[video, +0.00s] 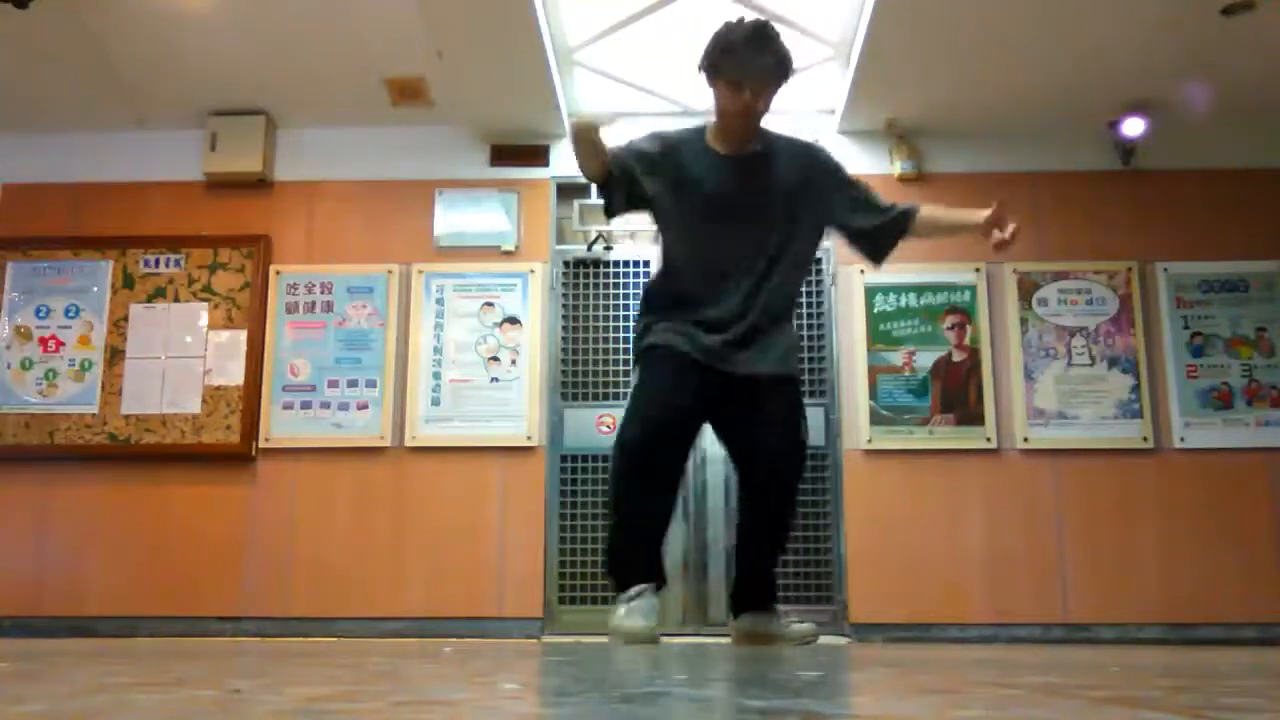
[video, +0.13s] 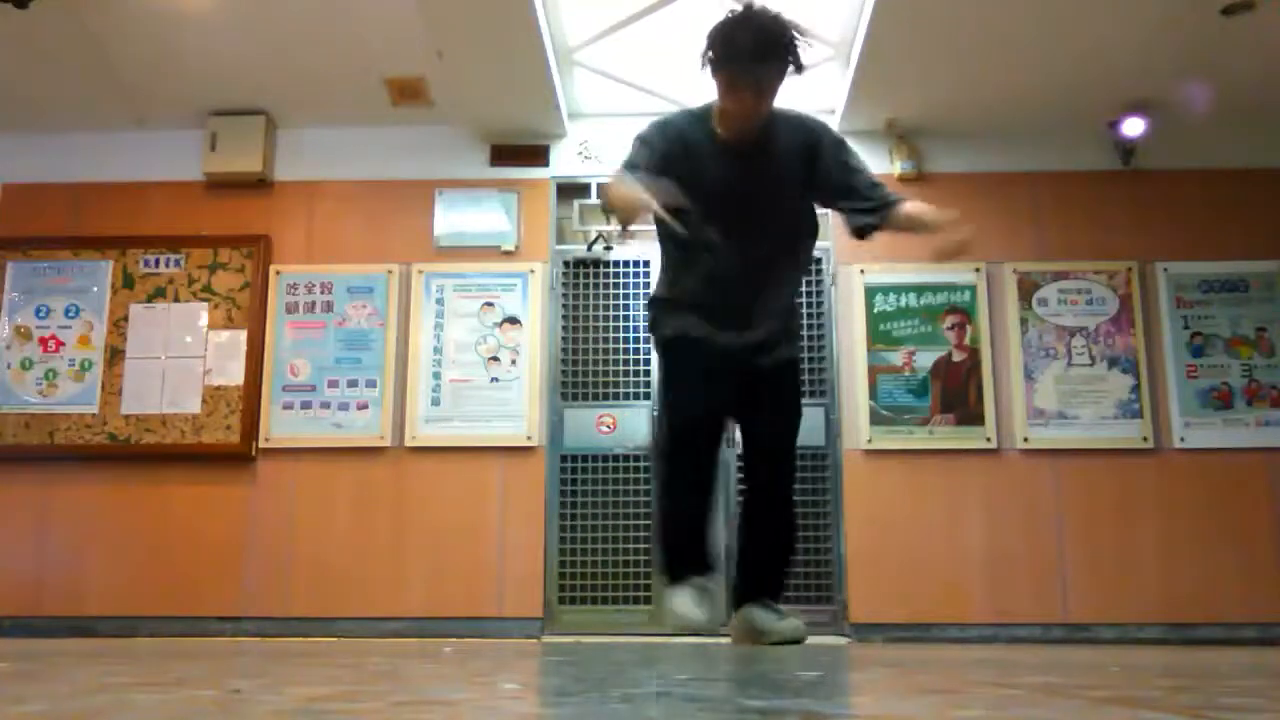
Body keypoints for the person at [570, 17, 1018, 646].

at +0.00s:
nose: (749, 102)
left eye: (762, 88)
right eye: (737, 86)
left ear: (776, 90)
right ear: (711, 82)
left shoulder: (805, 166)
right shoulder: (671, 155)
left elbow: (887, 219)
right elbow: (603, 174)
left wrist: (978, 221)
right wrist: (585, 135)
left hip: (762, 350)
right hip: (679, 343)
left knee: (776, 467)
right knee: (644, 446)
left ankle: (753, 610)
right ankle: (638, 590)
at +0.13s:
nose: (746, 106)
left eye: (760, 93)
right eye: (736, 91)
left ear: (779, 84)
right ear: (714, 76)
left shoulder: (806, 143)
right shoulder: (673, 138)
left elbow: (877, 205)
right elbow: (615, 190)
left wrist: (934, 219)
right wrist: (639, 198)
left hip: (771, 331)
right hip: (691, 327)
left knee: (771, 468)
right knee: (687, 450)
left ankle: (757, 602)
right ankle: (685, 584)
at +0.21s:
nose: (746, 112)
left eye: (759, 100)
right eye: (735, 98)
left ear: (780, 88)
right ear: (715, 82)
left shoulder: (808, 141)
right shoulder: (677, 142)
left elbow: (861, 225)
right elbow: (641, 227)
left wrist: (859, 258)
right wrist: (683, 268)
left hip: (776, 335)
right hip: (698, 336)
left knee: (774, 463)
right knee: (709, 457)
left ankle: (762, 602)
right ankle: (717, 594)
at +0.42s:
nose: (735, 139)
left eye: (749, 126)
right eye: (726, 123)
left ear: (774, 118)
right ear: (709, 111)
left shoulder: (809, 164)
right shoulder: (679, 165)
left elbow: (848, 263)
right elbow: (636, 263)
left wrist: (866, 328)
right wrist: (656, 305)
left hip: (777, 352)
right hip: (697, 343)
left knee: (778, 479)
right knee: (647, 446)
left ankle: (757, 607)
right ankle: (612, 579)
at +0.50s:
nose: (736, 147)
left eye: (750, 134)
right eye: (726, 131)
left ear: (773, 123)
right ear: (708, 117)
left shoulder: (807, 178)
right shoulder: (676, 175)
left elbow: (863, 247)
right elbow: (612, 228)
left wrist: (932, 305)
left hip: (775, 362)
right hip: (692, 355)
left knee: (778, 484)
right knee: (626, 458)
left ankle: (756, 609)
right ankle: (565, 586)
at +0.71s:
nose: (739, 155)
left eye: (753, 144)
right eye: (728, 141)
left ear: (780, 132)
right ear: (710, 125)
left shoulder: (820, 171)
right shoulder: (664, 164)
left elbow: (923, 209)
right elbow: (568, 176)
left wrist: (975, 267)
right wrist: (493, 222)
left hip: (777, 354)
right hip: (691, 347)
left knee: (780, 476)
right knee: (652, 457)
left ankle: (758, 605)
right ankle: (640, 580)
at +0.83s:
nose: (754, 159)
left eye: (768, 147)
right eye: (744, 144)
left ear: (793, 132)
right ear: (724, 123)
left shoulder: (821, 171)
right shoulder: (675, 166)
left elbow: (868, 214)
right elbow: (585, 216)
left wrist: (887, 218)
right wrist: (546, 282)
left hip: (780, 353)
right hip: (696, 351)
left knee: (781, 473)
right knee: (713, 472)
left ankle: (767, 598)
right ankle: (724, 601)